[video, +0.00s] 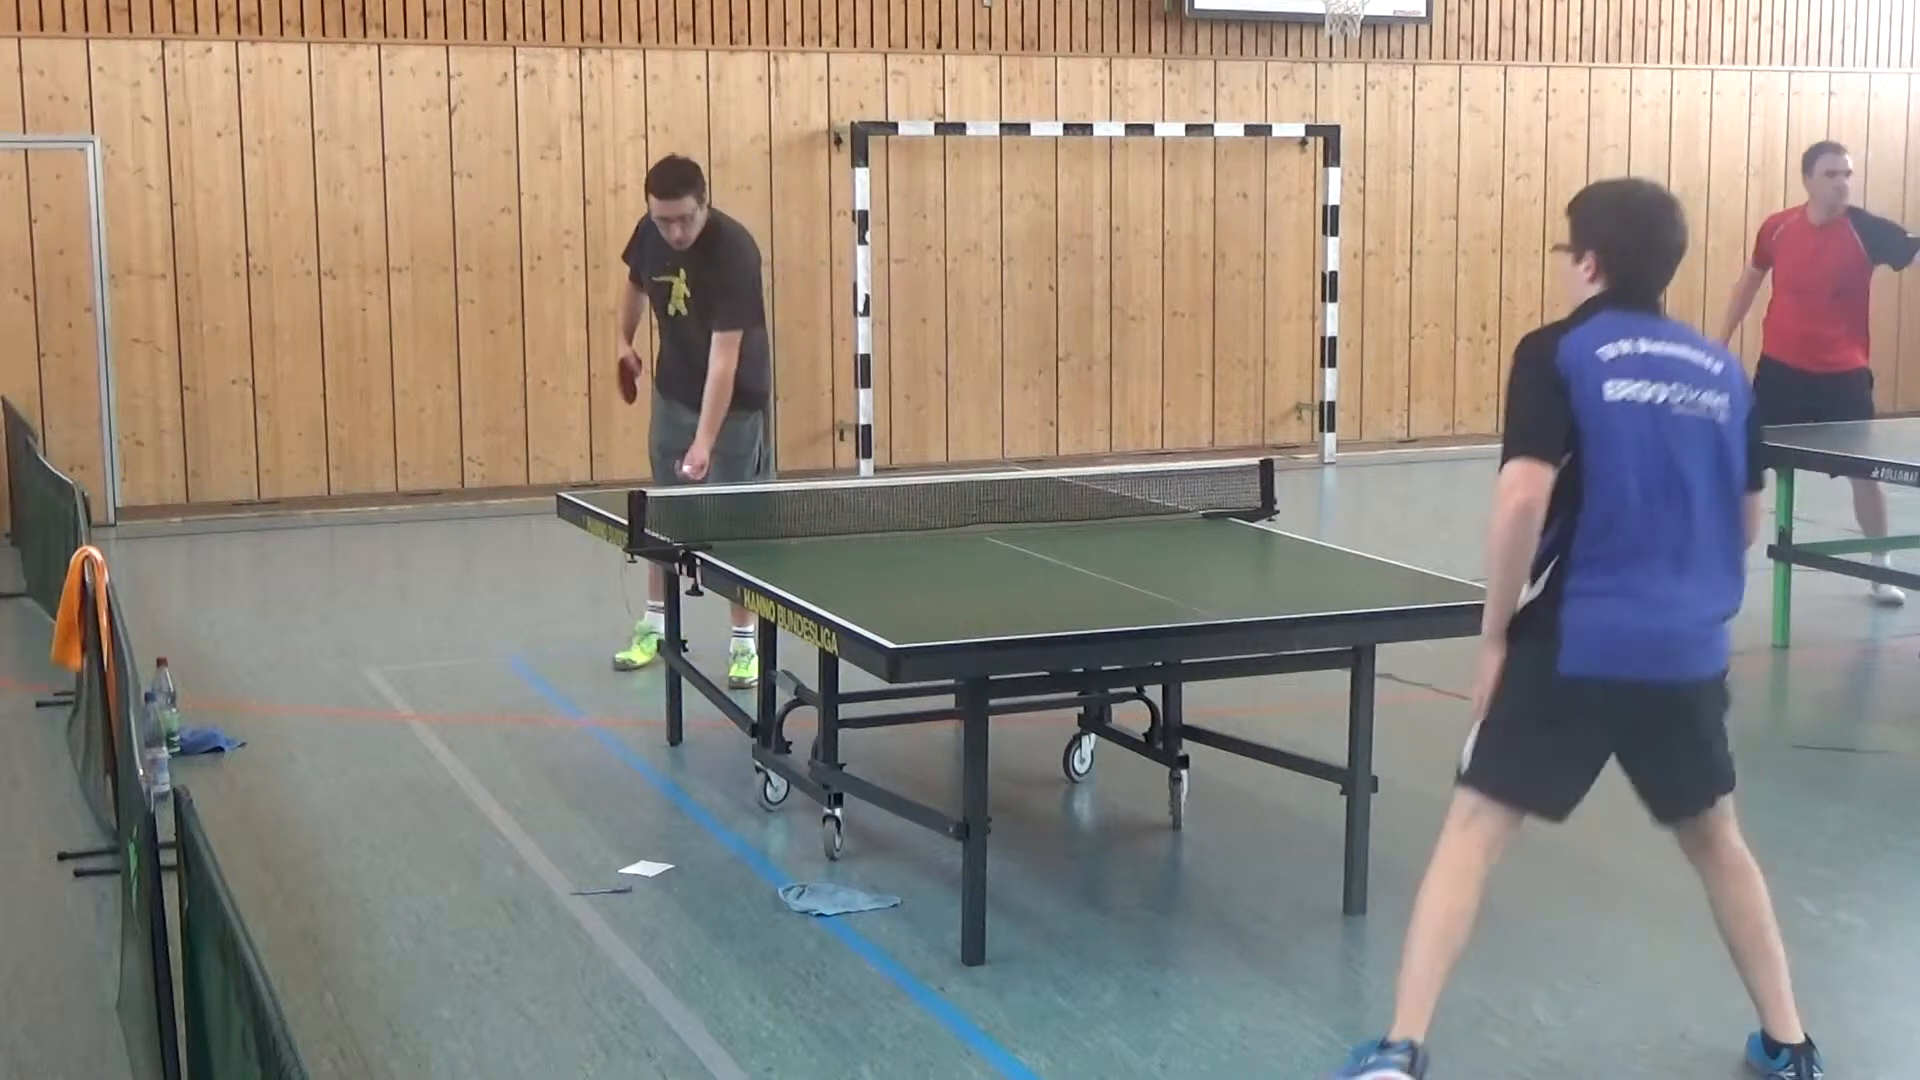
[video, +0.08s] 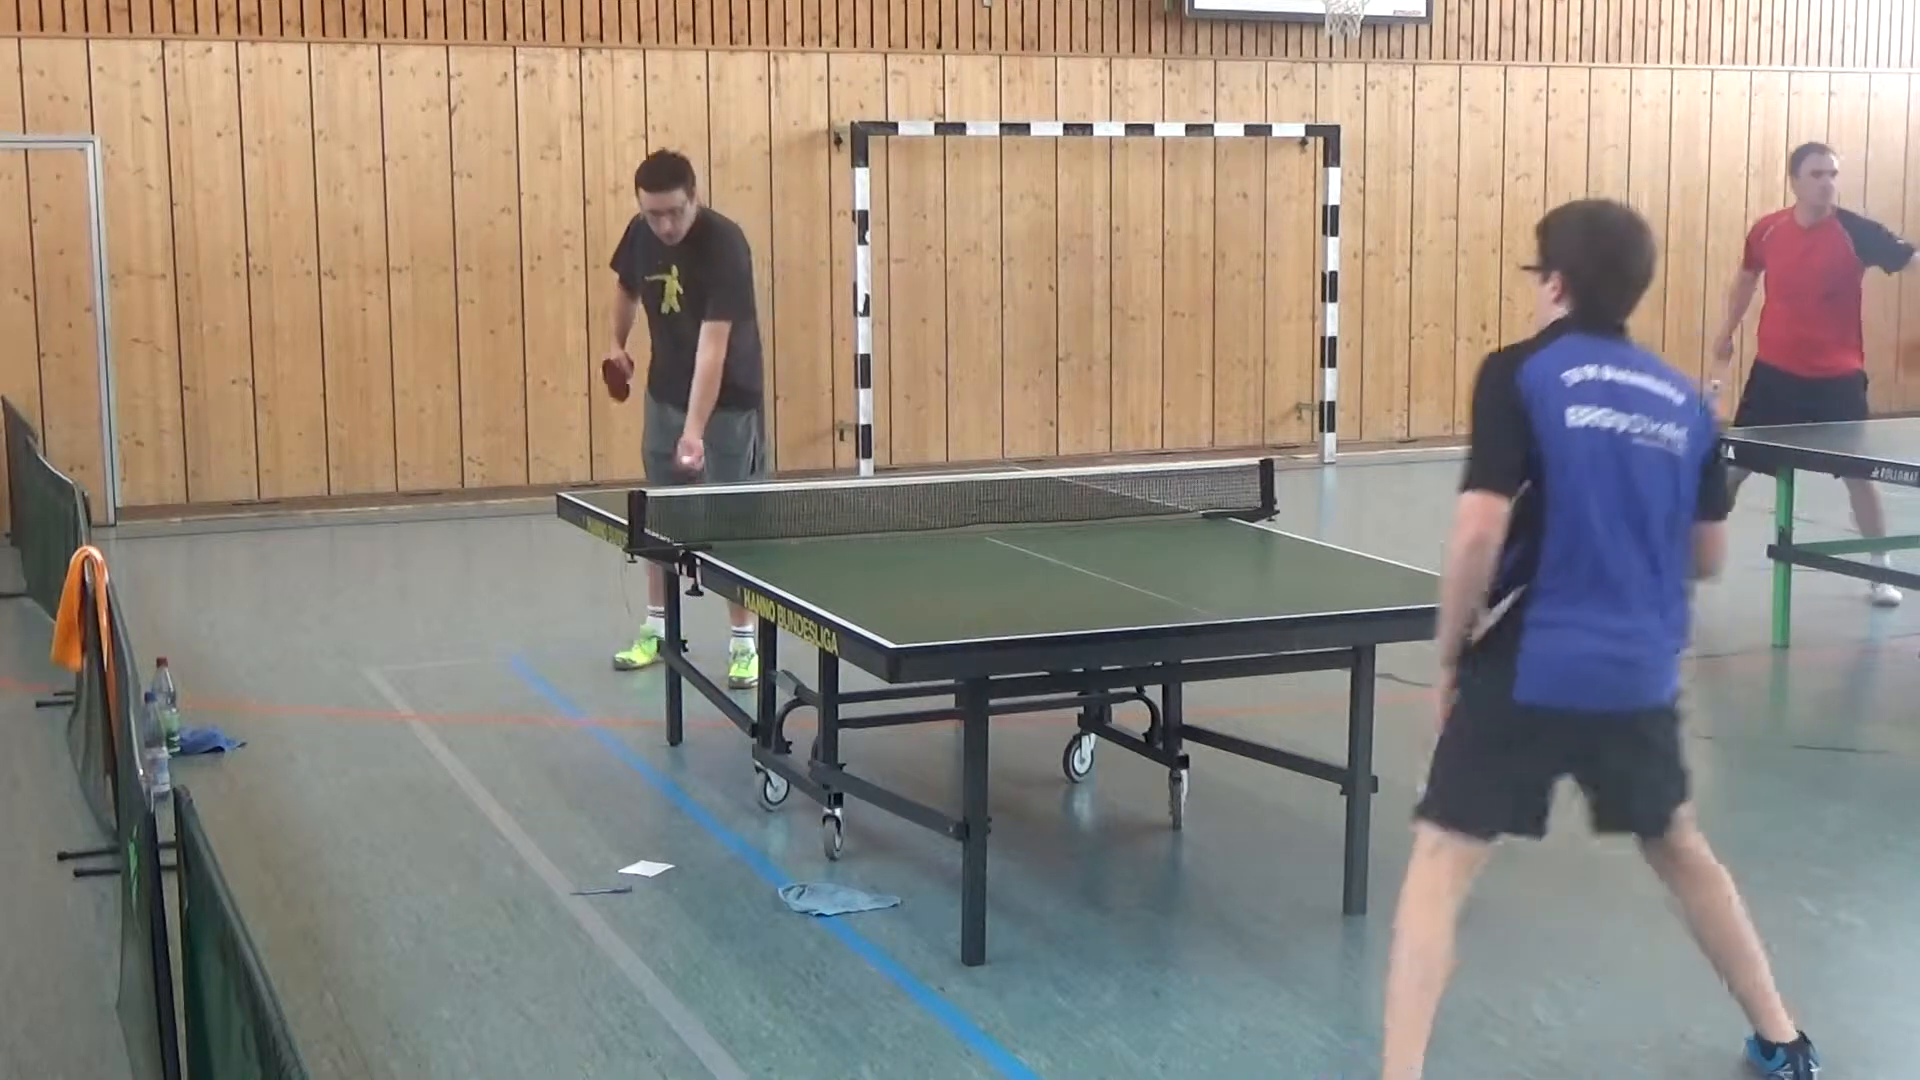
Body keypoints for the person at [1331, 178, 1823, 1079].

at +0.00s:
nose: (1560, 267)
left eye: (1566, 253)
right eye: (1564, 251)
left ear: (1594, 263)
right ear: (1665, 266)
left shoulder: (1554, 351)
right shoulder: (1722, 366)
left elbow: (1524, 494)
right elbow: (1747, 523)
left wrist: (1494, 635)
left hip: (1574, 649)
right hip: (1689, 655)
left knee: (1476, 831)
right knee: (1717, 839)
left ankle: (1402, 1048)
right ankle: (1788, 1042)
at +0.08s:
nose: (1531, 284)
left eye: (1537, 273)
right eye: (1534, 270)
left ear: (1560, 285)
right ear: (1633, 290)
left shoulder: (1519, 371)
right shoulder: (1687, 396)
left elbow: (1480, 529)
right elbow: (1708, 554)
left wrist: (1449, 664)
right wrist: (1608, 531)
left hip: (1525, 676)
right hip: (1639, 684)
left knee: (1439, 870)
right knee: (1682, 850)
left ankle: (1399, 1070)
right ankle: (1783, 1042)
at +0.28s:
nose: (1425, 292)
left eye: (1431, 280)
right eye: (1430, 278)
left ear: (1448, 296)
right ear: (1528, 308)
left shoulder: (1401, 381)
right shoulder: (1573, 415)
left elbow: (1337, 542)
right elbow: (1605, 588)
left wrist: (1317, 664)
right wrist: (1515, 552)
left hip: (1421, 691)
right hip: (1536, 692)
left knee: (1337, 877)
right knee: (1540, 814)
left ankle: (1368, 1072)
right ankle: (1658, 1005)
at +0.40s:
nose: (1384, 275)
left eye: (1390, 263)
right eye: (1392, 260)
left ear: (1409, 274)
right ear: (1487, 286)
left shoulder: (1358, 358)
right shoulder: (1540, 390)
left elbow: (1299, 514)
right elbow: (1577, 561)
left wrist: (1281, 640)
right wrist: (1497, 543)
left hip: (1391, 665)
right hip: (1508, 666)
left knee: (1345, 875)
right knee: (1483, 812)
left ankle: (1369, 1070)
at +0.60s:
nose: (1346, 267)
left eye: (1352, 254)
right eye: (1352, 252)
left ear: (1371, 265)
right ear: (1449, 275)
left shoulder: (1334, 338)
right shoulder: (1503, 378)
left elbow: (1301, 482)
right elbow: (1538, 542)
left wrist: (1283, 626)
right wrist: (1446, 526)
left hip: (1353, 643)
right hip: (1461, 651)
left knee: (1248, 834)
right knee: (1417, 818)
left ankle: (1297, 1058)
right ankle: (1444, 1024)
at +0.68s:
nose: (1322, 275)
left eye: (1328, 261)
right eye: (1326, 260)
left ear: (1348, 272)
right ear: (1424, 281)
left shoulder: (1318, 344)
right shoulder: (1474, 381)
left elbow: (1290, 486)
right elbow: (1515, 546)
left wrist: (1266, 628)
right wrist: (1417, 541)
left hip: (1340, 650)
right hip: (1446, 657)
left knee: (1215, 831)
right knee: (1406, 818)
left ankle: (1207, 1065)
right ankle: (1444, 1027)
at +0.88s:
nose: (1247, 307)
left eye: (1251, 295)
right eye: (1251, 293)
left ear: (1269, 304)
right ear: (1350, 313)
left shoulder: (1238, 372)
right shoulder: (1403, 405)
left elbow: (1193, 512)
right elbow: (1446, 575)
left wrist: (1192, 651)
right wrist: (1365, 573)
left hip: (1271, 670)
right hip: (1382, 678)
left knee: (1138, 856)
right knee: (1374, 825)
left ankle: (1068, 1069)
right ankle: (1441, 1026)